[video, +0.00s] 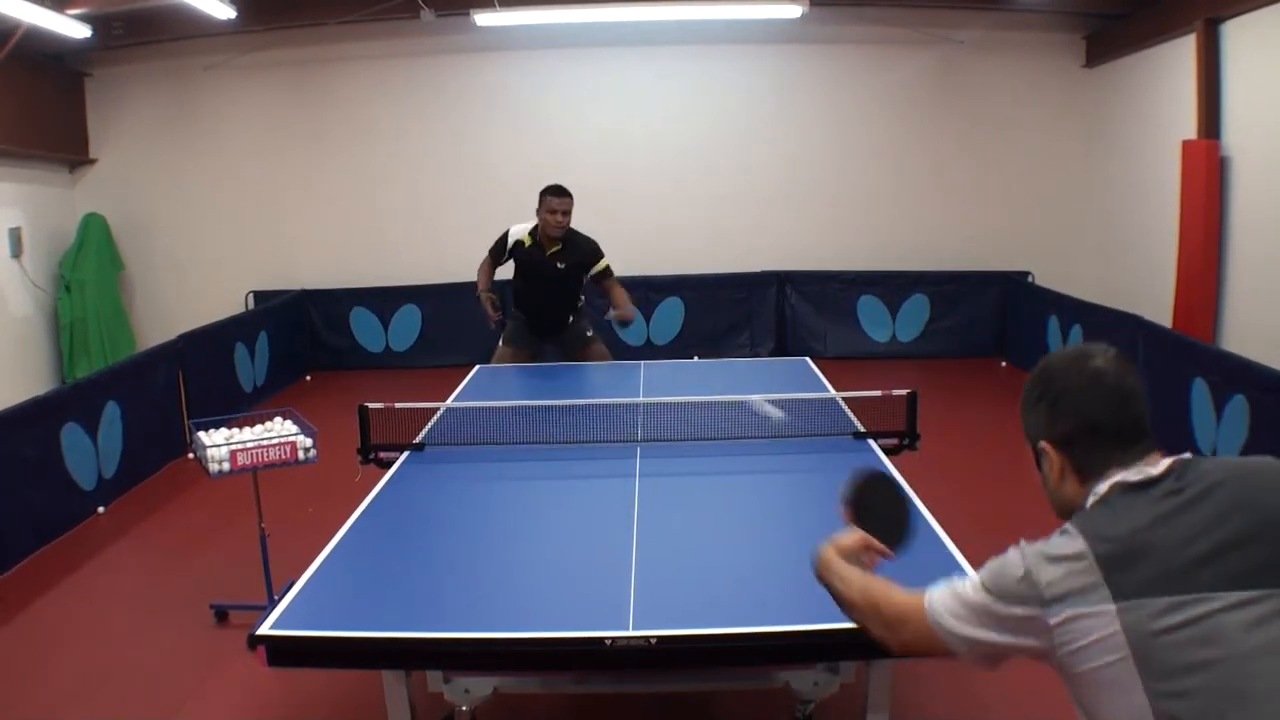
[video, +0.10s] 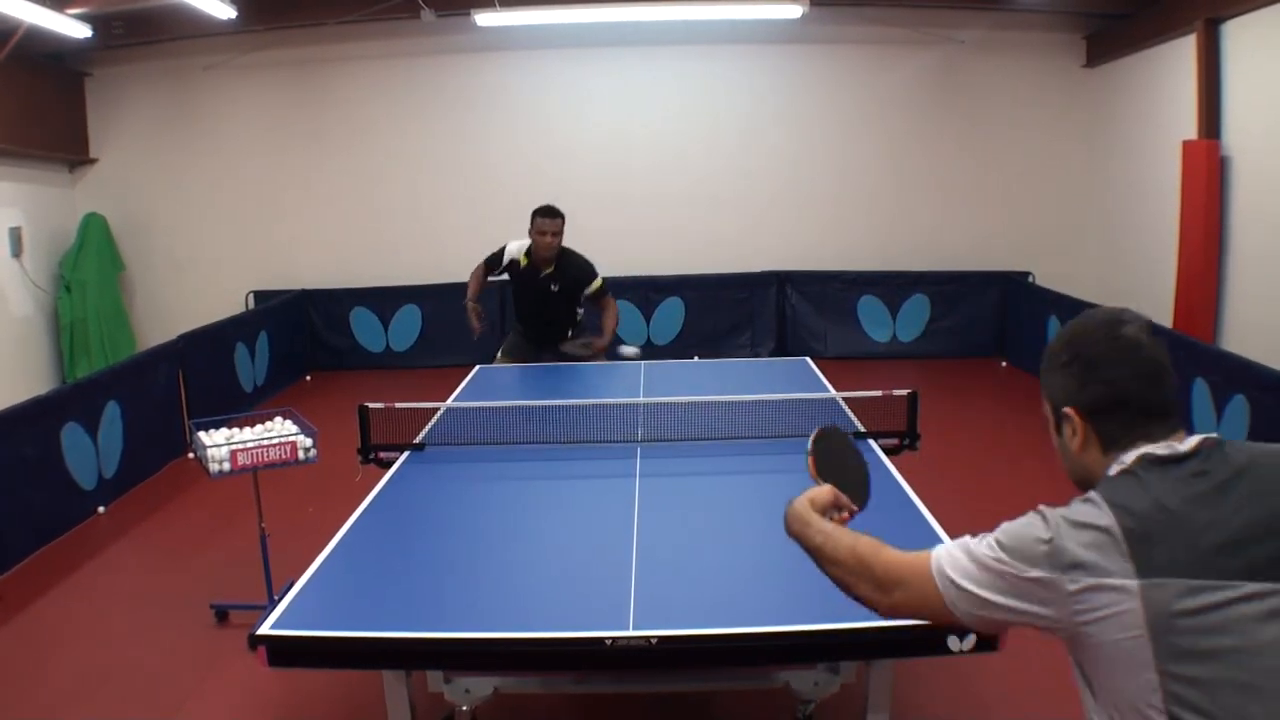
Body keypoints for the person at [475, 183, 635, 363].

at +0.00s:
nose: (559, 220)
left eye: (565, 214)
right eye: (552, 213)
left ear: (571, 215)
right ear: (538, 213)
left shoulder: (584, 247)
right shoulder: (517, 237)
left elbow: (610, 283)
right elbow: (489, 264)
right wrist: (483, 293)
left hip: (570, 323)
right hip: (525, 322)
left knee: (608, 375)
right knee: (497, 379)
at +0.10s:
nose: (549, 241)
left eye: (555, 235)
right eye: (542, 234)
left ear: (562, 235)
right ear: (530, 233)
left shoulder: (577, 266)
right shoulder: (514, 254)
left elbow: (608, 302)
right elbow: (481, 270)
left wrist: (605, 339)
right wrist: (471, 302)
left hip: (567, 342)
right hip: (523, 338)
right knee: (498, 382)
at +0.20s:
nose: (537, 261)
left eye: (543, 255)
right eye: (530, 254)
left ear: (551, 253)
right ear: (520, 251)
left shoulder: (567, 278)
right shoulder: (508, 265)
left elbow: (603, 320)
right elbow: (467, 278)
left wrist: (571, 349)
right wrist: (461, 304)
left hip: (569, 345)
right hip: (526, 342)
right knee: (492, 380)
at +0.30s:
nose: (520, 262)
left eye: (527, 256)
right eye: (514, 256)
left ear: (539, 250)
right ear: (507, 250)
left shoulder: (555, 267)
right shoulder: (502, 259)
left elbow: (574, 302)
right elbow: (458, 279)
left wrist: (541, 323)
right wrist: (473, 282)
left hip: (568, 335)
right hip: (528, 333)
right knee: (491, 375)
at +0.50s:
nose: (516, 216)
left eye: (522, 209)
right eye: (509, 210)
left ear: (533, 210)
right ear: (502, 211)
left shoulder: (554, 232)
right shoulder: (496, 236)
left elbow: (590, 246)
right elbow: (469, 260)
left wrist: (612, 259)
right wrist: (462, 276)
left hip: (561, 314)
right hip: (520, 315)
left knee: (594, 374)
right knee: (493, 376)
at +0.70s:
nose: (536, 199)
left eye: (542, 193)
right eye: (529, 193)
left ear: (551, 195)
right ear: (520, 197)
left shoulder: (572, 227)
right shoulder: (507, 232)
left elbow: (608, 251)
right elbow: (494, 264)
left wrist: (627, 271)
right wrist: (491, 292)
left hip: (567, 316)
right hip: (524, 318)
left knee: (595, 375)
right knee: (499, 378)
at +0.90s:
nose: (553, 191)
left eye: (559, 186)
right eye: (546, 185)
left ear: (568, 190)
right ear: (536, 188)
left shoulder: (584, 227)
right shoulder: (517, 222)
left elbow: (606, 265)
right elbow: (494, 255)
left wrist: (609, 298)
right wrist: (501, 284)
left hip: (569, 316)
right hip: (524, 313)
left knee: (594, 379)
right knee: (495, 377)